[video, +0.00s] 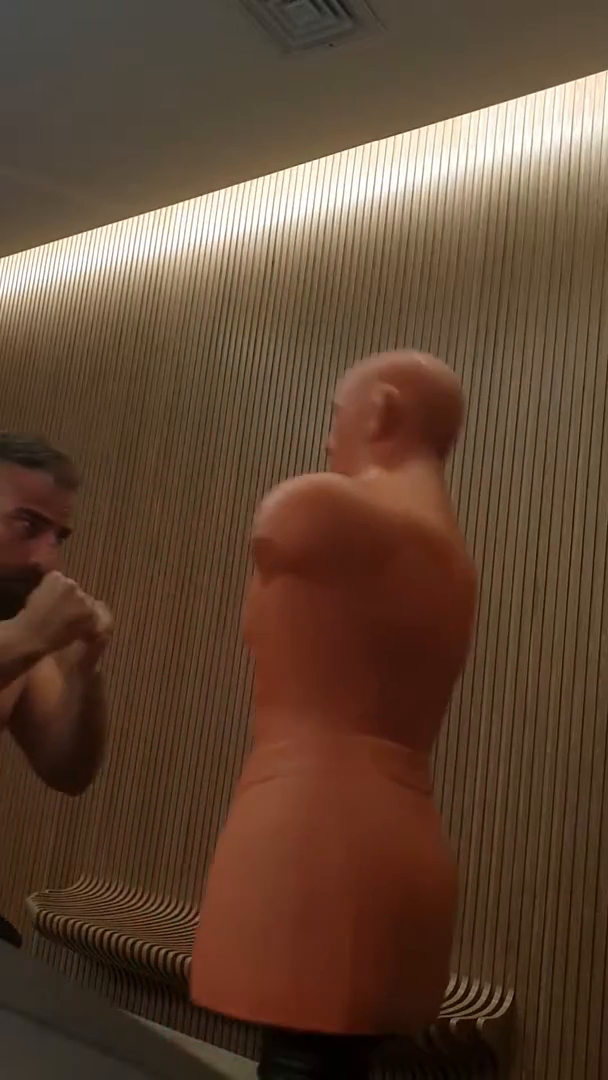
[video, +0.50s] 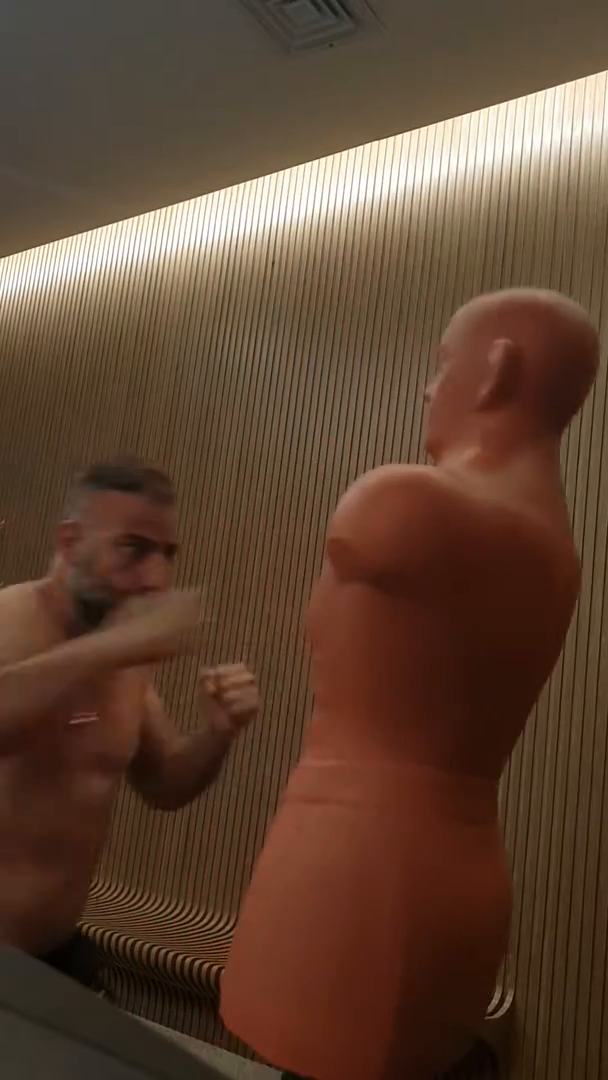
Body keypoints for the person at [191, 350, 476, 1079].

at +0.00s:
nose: (330, 431)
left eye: (338, 412)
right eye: (332, 413)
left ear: (383, 415)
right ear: (442, 435)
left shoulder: (316, 513)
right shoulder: (455, 559)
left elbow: (277, 530)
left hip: (309, 841)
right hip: (405, 831)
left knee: (292, 1062)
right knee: (352, 1062)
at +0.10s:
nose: (293, 394)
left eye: (300, 367)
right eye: (295, 369)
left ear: (345, 369)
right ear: (423, 391)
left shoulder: (273, 499)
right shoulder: (437, 532)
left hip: (283, 860)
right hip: (398, 846)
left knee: (249, 1066)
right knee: (350, 1060)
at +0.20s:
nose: (291, 364)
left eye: (299, 336)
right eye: (293, 338)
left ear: (350, 340)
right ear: (425, 359)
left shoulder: (265, 501)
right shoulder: (445, 514)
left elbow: (217, 549)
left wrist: (324, 456)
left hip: (277, 888)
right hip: (401, 864)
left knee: (245, 1069)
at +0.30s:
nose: (325, 354)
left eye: (333, 328)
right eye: (327, 329)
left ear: (386, 333)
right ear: (462, 357)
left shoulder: (297, 506)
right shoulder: (470, 513)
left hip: (297, 887)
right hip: (414, 866)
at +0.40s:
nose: (384, 372)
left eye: (397, 346)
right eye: (389, 347)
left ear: (449, 352)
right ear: (511, 373)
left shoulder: (355, 505)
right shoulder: (515, 534)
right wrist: (296, 646)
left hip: (325, 883)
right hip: (438, 869)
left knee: (271, 1065)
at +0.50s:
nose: (429, 392)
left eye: (442, 367)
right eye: (435, 369)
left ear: (495, 375)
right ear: (561, 402)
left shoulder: (402, 503)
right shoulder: (553, 553)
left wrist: (444, 470)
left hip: (349, 877)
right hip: (460, 870)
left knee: (292, 1064)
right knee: (408, 1067)